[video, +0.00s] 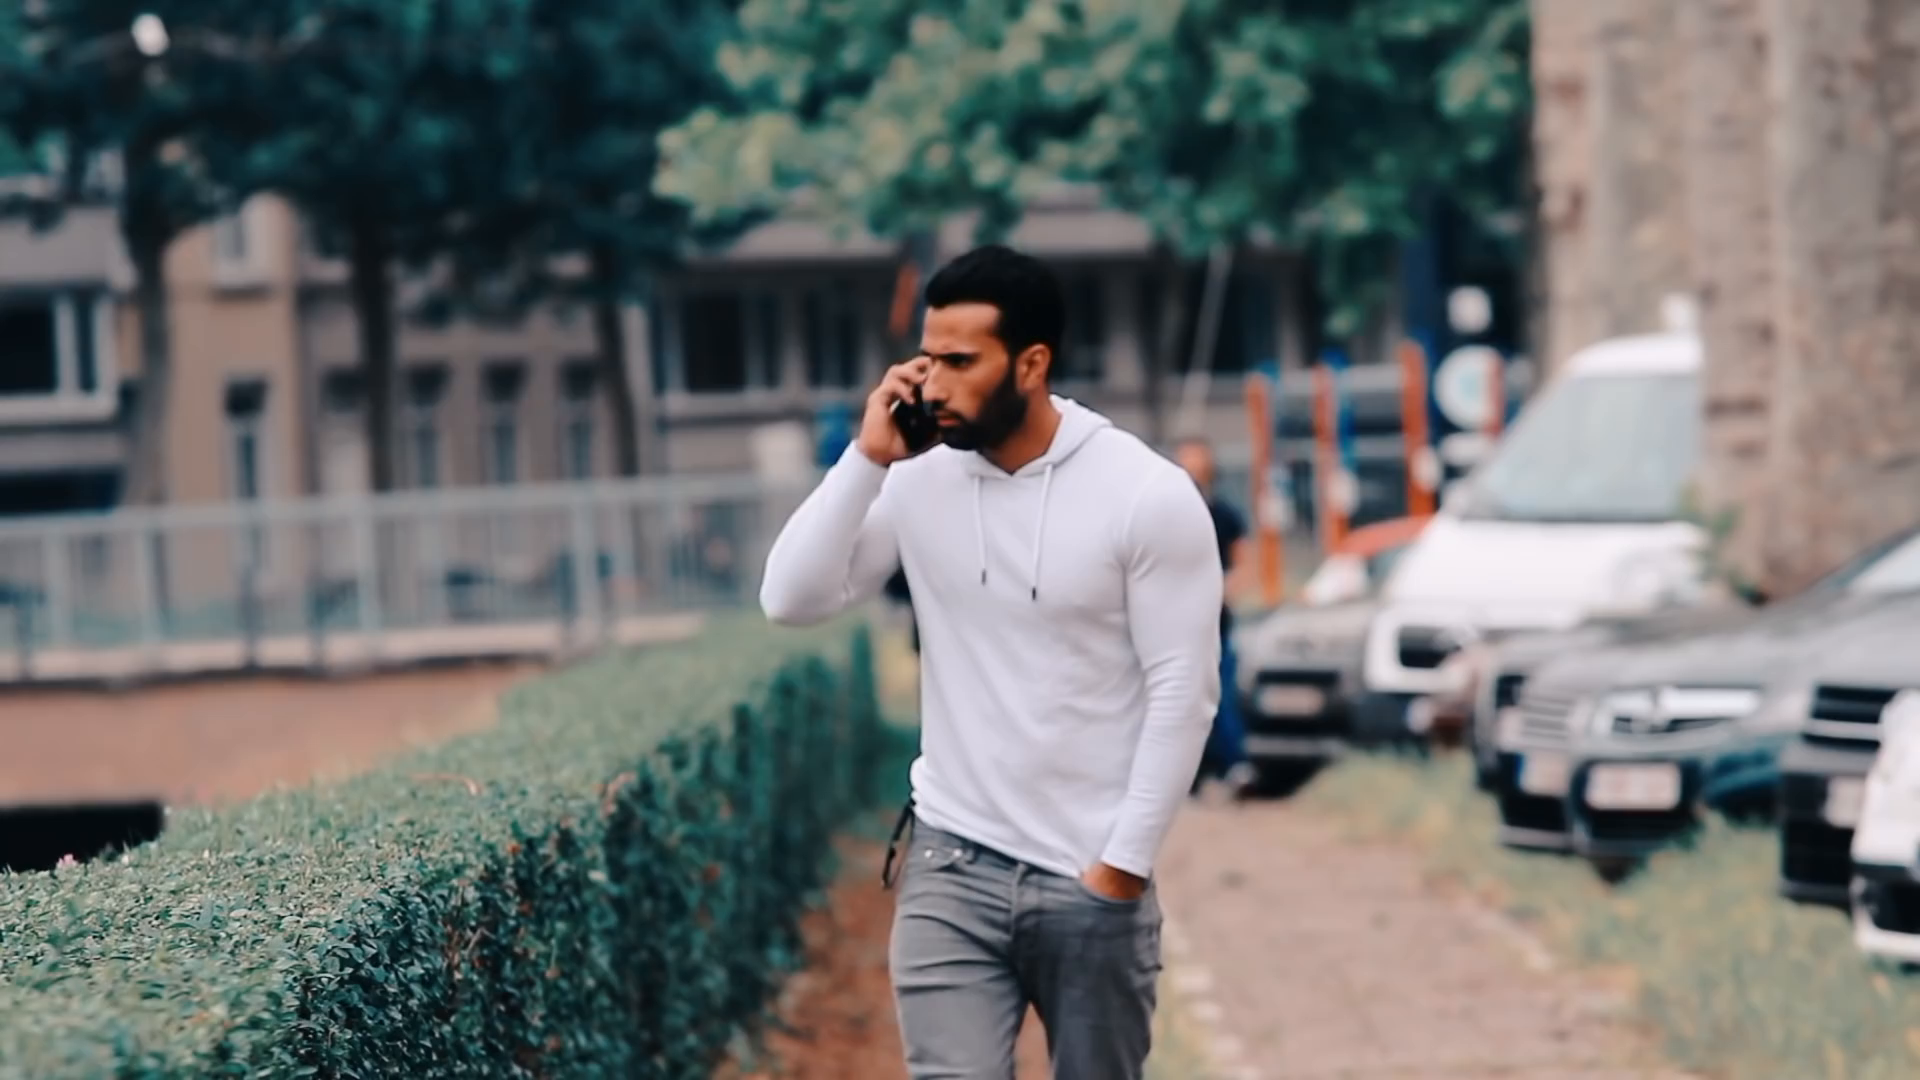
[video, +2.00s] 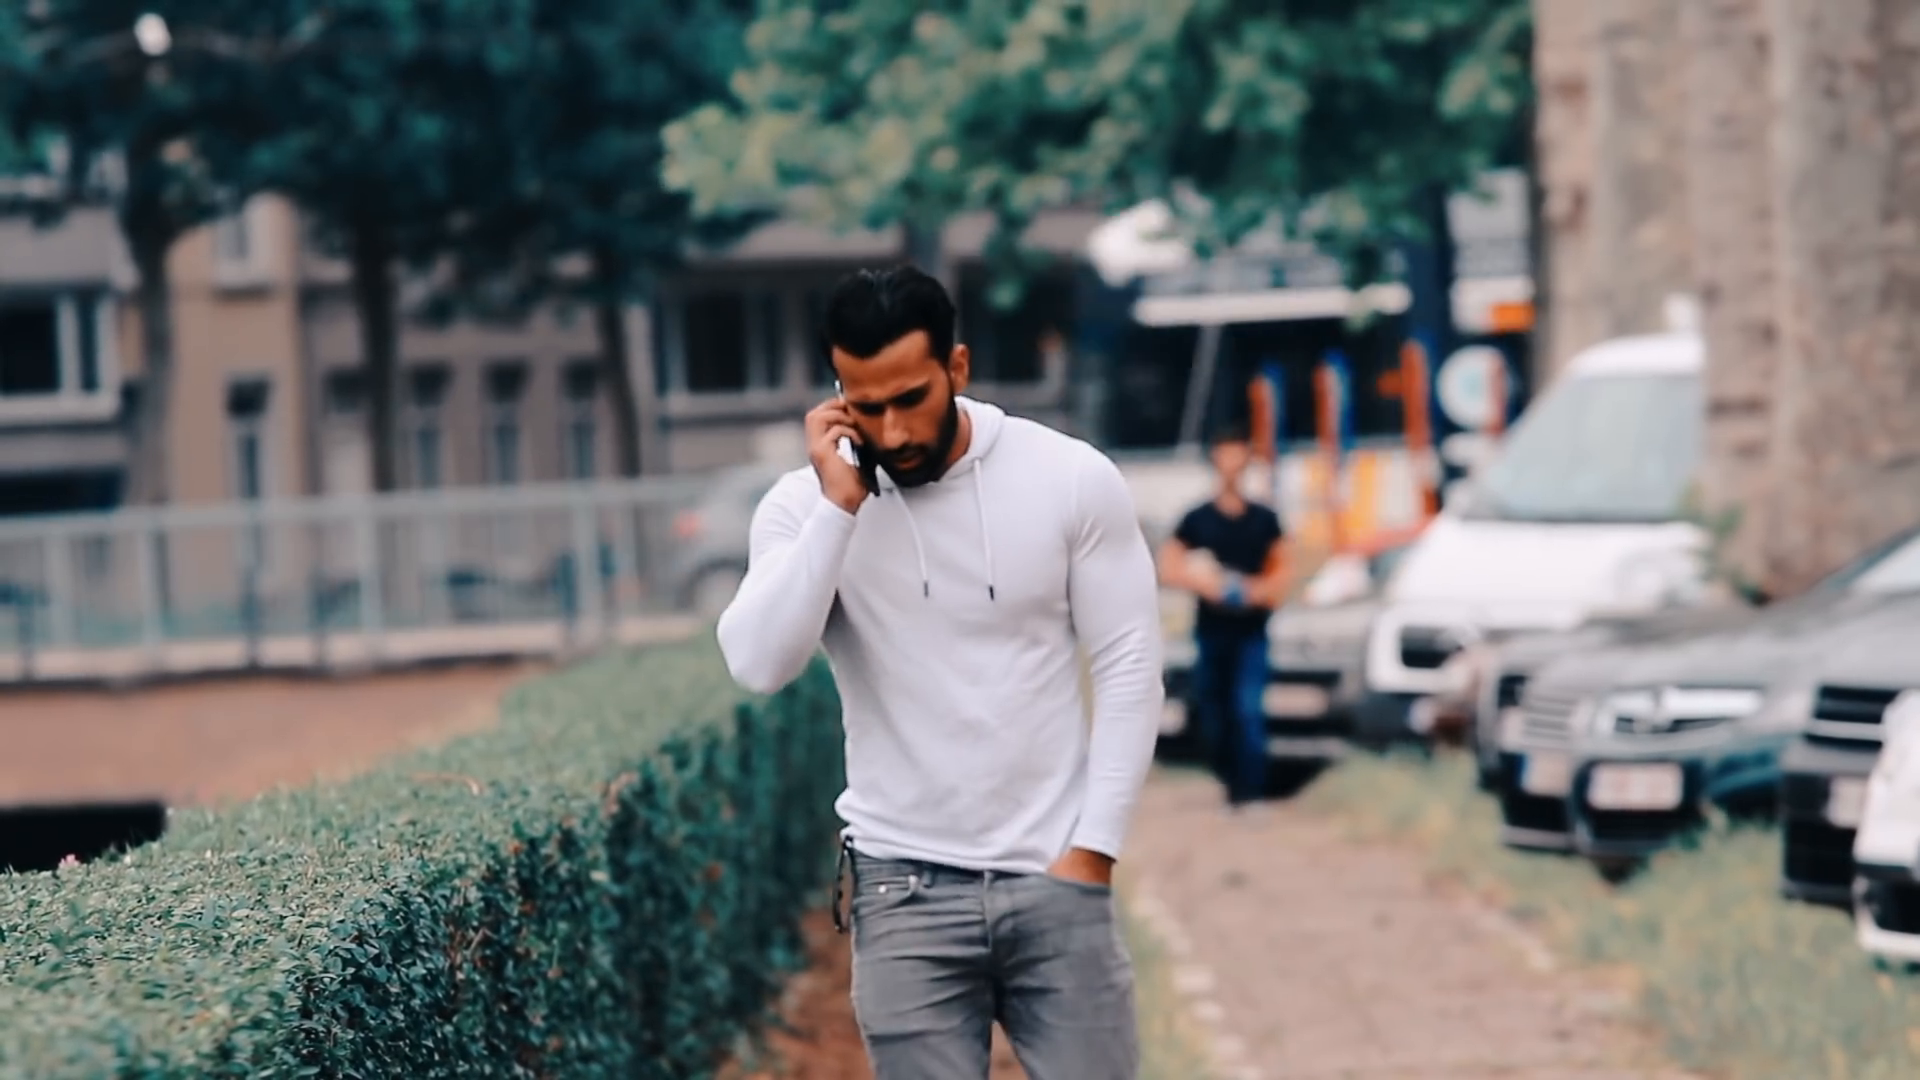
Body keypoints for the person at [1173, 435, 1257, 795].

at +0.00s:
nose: (1194, 474)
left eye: (1199, 467)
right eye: (1187, 467)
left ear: (1210, 468)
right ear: (1177, 468)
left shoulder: (1222, 513)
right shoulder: (1168, 509)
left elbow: (1237, 563)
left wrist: (1219, 590)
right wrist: (1170, 590)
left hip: (1214, 607)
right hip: (1176, 607)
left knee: (1221, 686)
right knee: (1185, 688)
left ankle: (1234, 760)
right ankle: (1189, 769)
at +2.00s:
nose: (1231, 461)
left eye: (1237, 453)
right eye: (1224, 453)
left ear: (1248, 459)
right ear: (1214, 460)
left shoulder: (1264, 519)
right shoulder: (1199, 518)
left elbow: (1283, 572)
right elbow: (1169, 566)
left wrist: (1257, 590)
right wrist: (1208, 584)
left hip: (1251, 630)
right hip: (1212, 630)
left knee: (1247, 707)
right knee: (1211, 709)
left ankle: (1250, 790)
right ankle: (1230, 783)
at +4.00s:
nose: (1245, 460)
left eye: (1252, 452)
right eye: (1237, 452)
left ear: (1262, 454)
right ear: (1225, 454)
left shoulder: (1279, 505)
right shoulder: (1207, 505)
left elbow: (1306, 555)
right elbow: (1179, 563)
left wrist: (1278, 580)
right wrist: (1220, 575)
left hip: (1270, 624)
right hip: (1227, 626)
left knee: (1273, 713)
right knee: (1230, 713)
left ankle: (1272, 790)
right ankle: (1240, 784)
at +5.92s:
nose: (1221, 439)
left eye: (1229, 431)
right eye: (1214, 430)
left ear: (1242, 433)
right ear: (1204, 431)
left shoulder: (1263, 487)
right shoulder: (1186, 488)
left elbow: (1289, 544)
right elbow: (1158, 546)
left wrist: (1255, 567)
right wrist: (1200, 563)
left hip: (1251, 614)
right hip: (1206, 614)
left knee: (1248, 706)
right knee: (1206, 704)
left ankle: (1248, 790)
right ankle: (1220, 782)